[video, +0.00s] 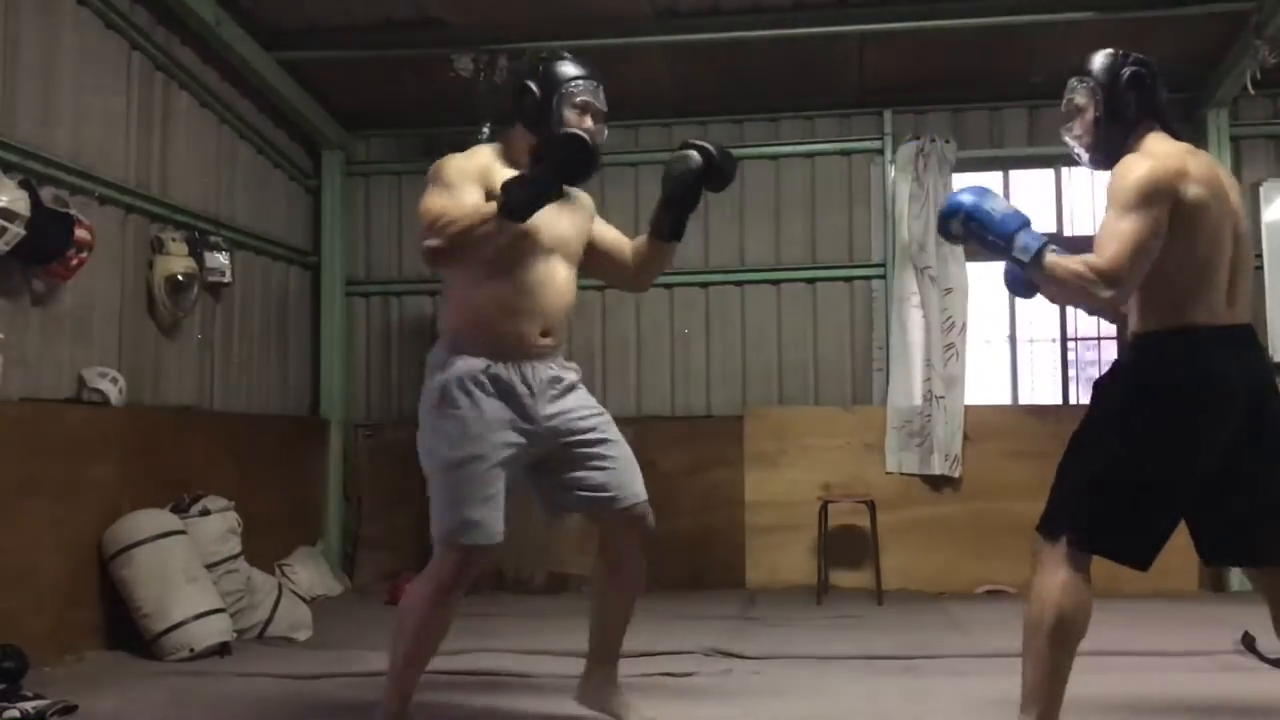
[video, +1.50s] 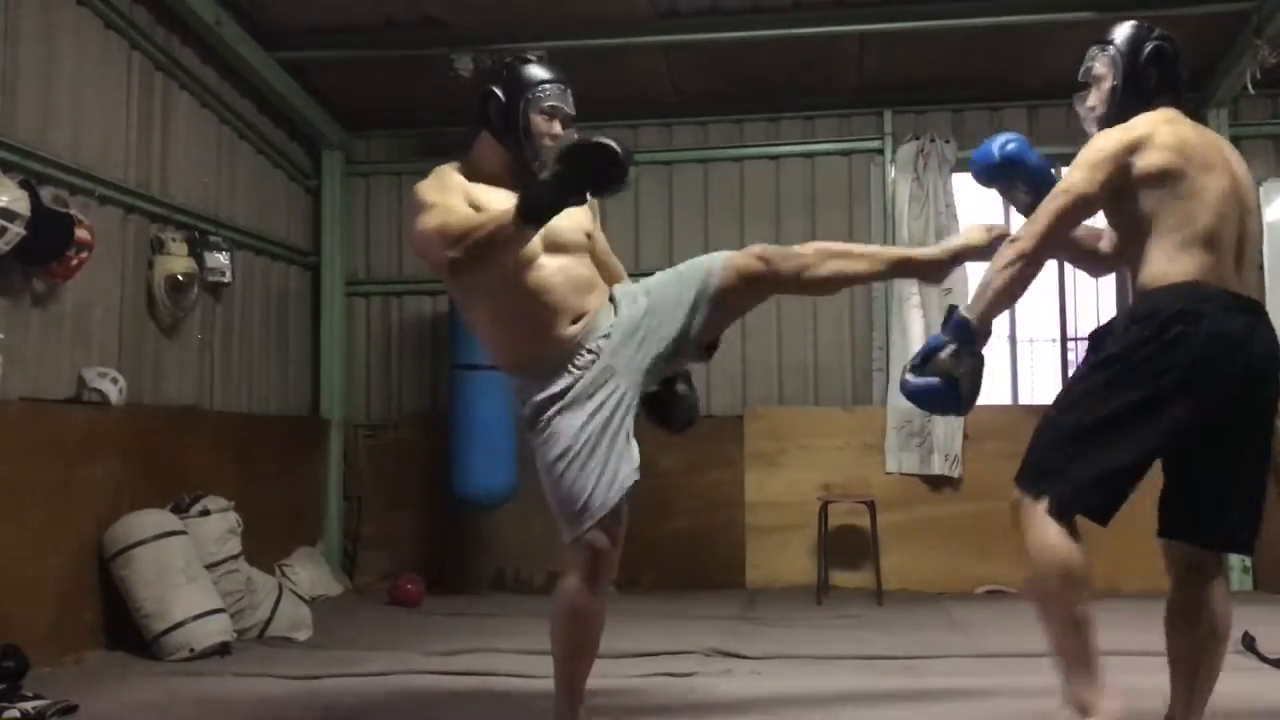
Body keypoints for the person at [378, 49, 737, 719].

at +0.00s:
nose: (592, 130)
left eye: (599, 119)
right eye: (581, 112)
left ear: (595, 130)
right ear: (536, 108)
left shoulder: (577, 206)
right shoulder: (468, 168)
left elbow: (638, 271)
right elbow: (437, 245)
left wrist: (677, 201)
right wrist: (537, 187)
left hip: (556, 381)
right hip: (471, 382)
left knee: (630, 517)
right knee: (465, 547)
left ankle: (600, 681)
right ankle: (394, 704)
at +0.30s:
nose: (568, 108)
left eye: (574, 96)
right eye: (555, 91)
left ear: (576, 107)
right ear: (508, 91)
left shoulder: (540, 187)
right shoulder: (445, 158)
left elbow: (579, 288)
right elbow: (421, 253)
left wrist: (639, 265)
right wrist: (516, 222)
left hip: (546, 369)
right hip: (465, 375)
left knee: (617, 515)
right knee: (440, 554)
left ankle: (638, 688)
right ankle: (396, 707)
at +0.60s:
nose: (600, 116)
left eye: (606, 104)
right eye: (588, 98)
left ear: (598, 113)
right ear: (541, 94)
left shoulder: (574, 191)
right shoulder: (471, 165)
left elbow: (648, 251)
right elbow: (438, 262)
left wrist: (684, 177)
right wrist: (537, 229)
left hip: (569, 375)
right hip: (486, 379)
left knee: (626, 527)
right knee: (457, 554)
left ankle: (646, 701)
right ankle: (401, 704)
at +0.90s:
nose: (597, 121)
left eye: (603, 109)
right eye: (585, 103)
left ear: (597, 120)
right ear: (538, 101)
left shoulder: (572, 200)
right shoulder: (468, 172)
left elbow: (636, 272)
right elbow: (428, 270)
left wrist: (679, 197)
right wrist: (523, 232)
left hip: (567, 380)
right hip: (485, 384)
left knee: (632, 529)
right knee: (460, 560)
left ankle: (645, 703)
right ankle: (401, 707)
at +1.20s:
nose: (582, 105)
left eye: (587, 93)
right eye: (568, 90)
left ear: (587, 103)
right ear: (522, 93)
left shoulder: (588, 174)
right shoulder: (469, 171)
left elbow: (667, 219)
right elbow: (424, 267)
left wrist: (736, 175)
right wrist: (518, 240)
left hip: (603, 370)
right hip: (527, 382)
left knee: (662, 518)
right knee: (566, 537)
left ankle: (653, 692)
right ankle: (502, 689)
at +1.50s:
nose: (560, 134)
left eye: (565, 122)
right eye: (548, 119)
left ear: (564, 130)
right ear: (502, 114)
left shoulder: (572, 200)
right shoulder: (447, 188)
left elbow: (624, 291)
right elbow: (439, 251)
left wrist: (663, 370)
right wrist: (541, 201)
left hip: (625, 318)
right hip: (566, 387)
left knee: (765, 263)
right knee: (592, 555)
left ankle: (929, 261)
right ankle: (567, 711)